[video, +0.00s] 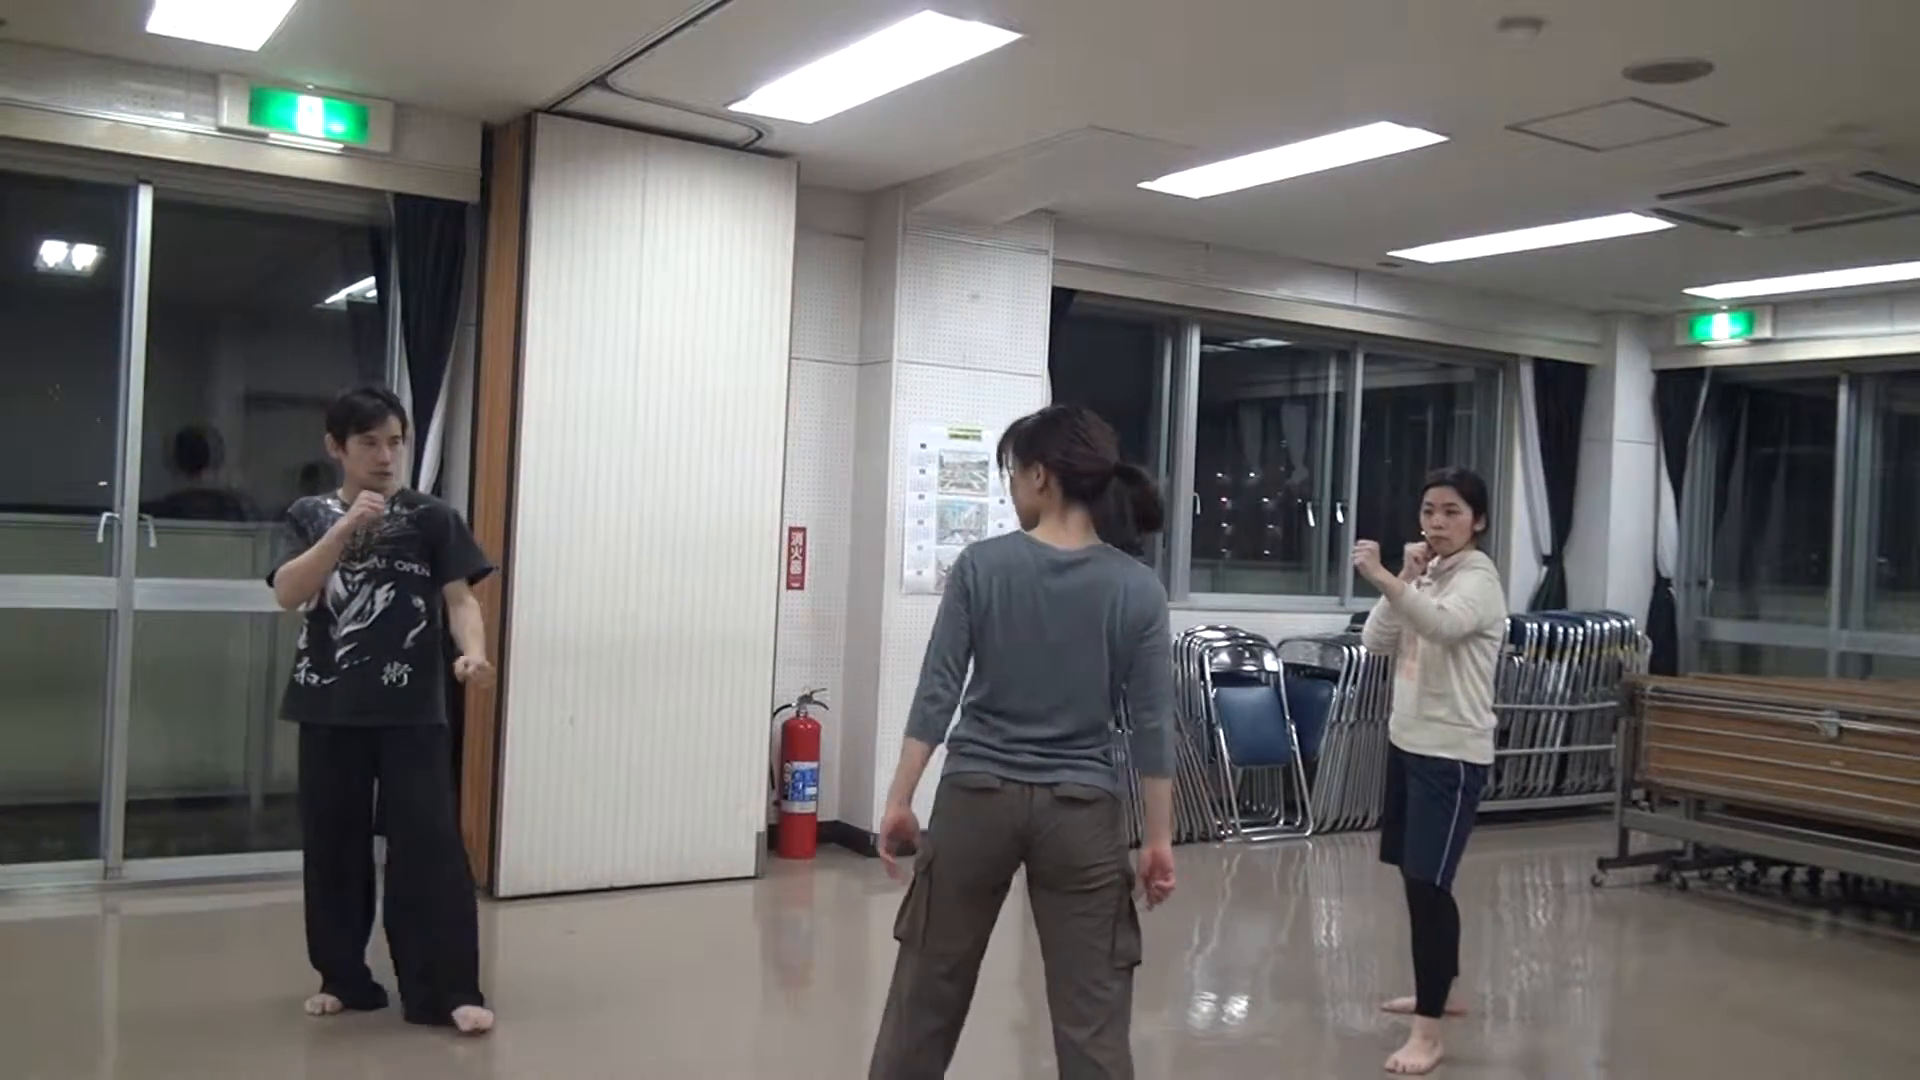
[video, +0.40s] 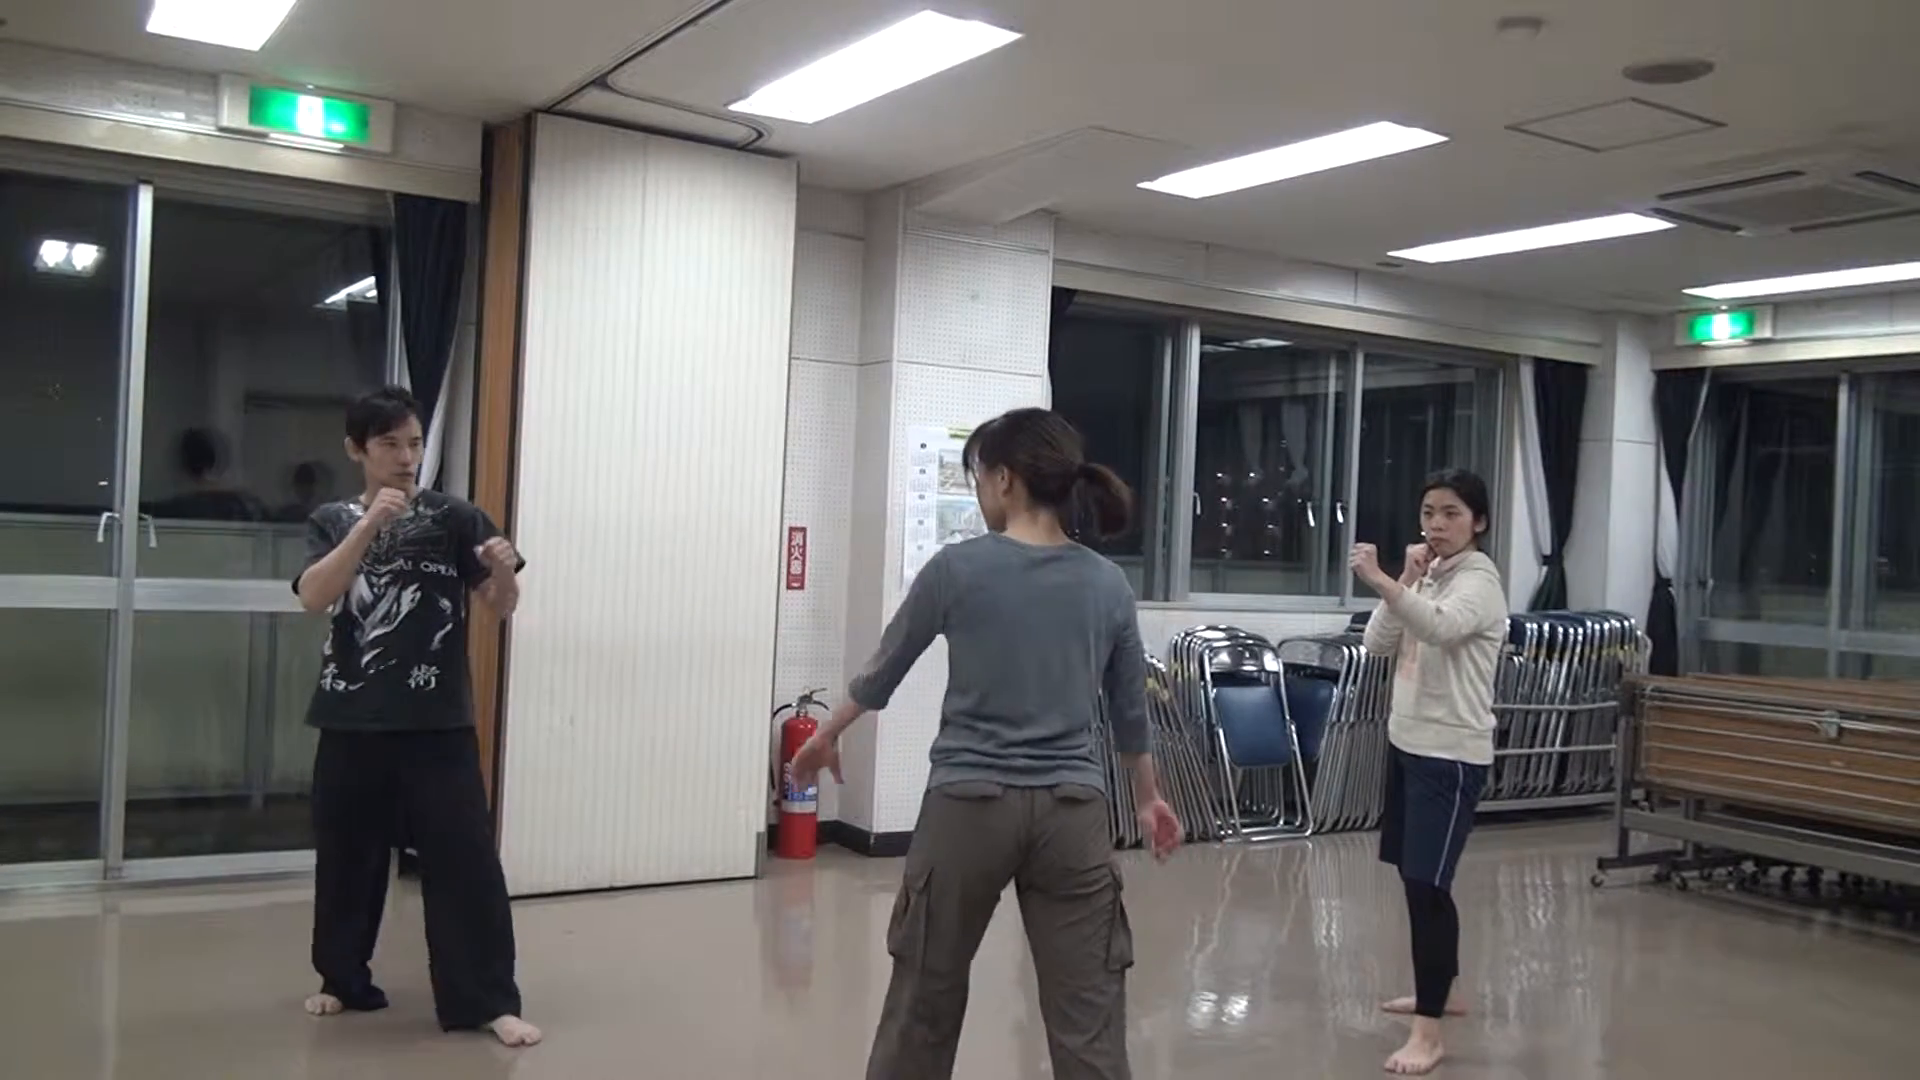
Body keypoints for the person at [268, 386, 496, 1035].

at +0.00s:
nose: (385, 453)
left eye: (394, 441)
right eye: (369, 442)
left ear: (405, 444)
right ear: (337, 447)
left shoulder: (431, 516)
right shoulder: (309, 516)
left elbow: (459, 598)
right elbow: (288, 592)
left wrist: (471, 647)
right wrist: (344, 530)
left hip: (414, 711)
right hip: (331, 711)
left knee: (430, 846)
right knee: (334, 846)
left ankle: (447, 992)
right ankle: (344, 982)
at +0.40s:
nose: (405, 456)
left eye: (414, 443)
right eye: (390, 444)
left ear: (425, 445)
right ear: (357, 449)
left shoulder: (455, 517)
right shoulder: (335, 521)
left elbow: (497, 606)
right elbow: (314, 595)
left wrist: (503, 572)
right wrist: (367, 525)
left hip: (438, 723)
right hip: (353, 723)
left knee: (468, 863)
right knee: (347, 856)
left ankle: (494, 1005)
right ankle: (342, 983)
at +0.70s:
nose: (412, 453)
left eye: (422, 441)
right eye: (397, 442)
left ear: (434, 442)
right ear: (364, 446)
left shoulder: (459, 516)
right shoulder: (344, 516)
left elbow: (513, 594)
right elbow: (317, 588)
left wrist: (497, 528)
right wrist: (371, 520)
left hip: (444, 719)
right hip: (361, 718)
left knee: (468, 858)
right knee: (352, 853)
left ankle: (495, 1004)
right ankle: (345, 983)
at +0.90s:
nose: (408, 454)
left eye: (417, 443)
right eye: (393, 443)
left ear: (429, 444)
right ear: (359, 447)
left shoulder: (452, 515)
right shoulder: (337, 516)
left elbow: (505, 595)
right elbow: (311, 589)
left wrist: (479, 523)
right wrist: (365, 520)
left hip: (437, 720)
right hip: (354, 719)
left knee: (465, 859)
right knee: (348, 854)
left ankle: (494, 1004)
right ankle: (343, 984)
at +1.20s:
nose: (405, 455)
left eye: (414, 443)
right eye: (390, 444)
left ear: (426, 445)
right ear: (356, 447)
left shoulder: (451, 516)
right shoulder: (334, 518)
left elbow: (504, 595)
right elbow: (309, 590)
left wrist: (475, 524)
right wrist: (363, 519)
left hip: (436, 720)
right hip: (352, 720)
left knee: (464, 860)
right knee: (346, 855)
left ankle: (494, 1004)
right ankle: (341, 983)